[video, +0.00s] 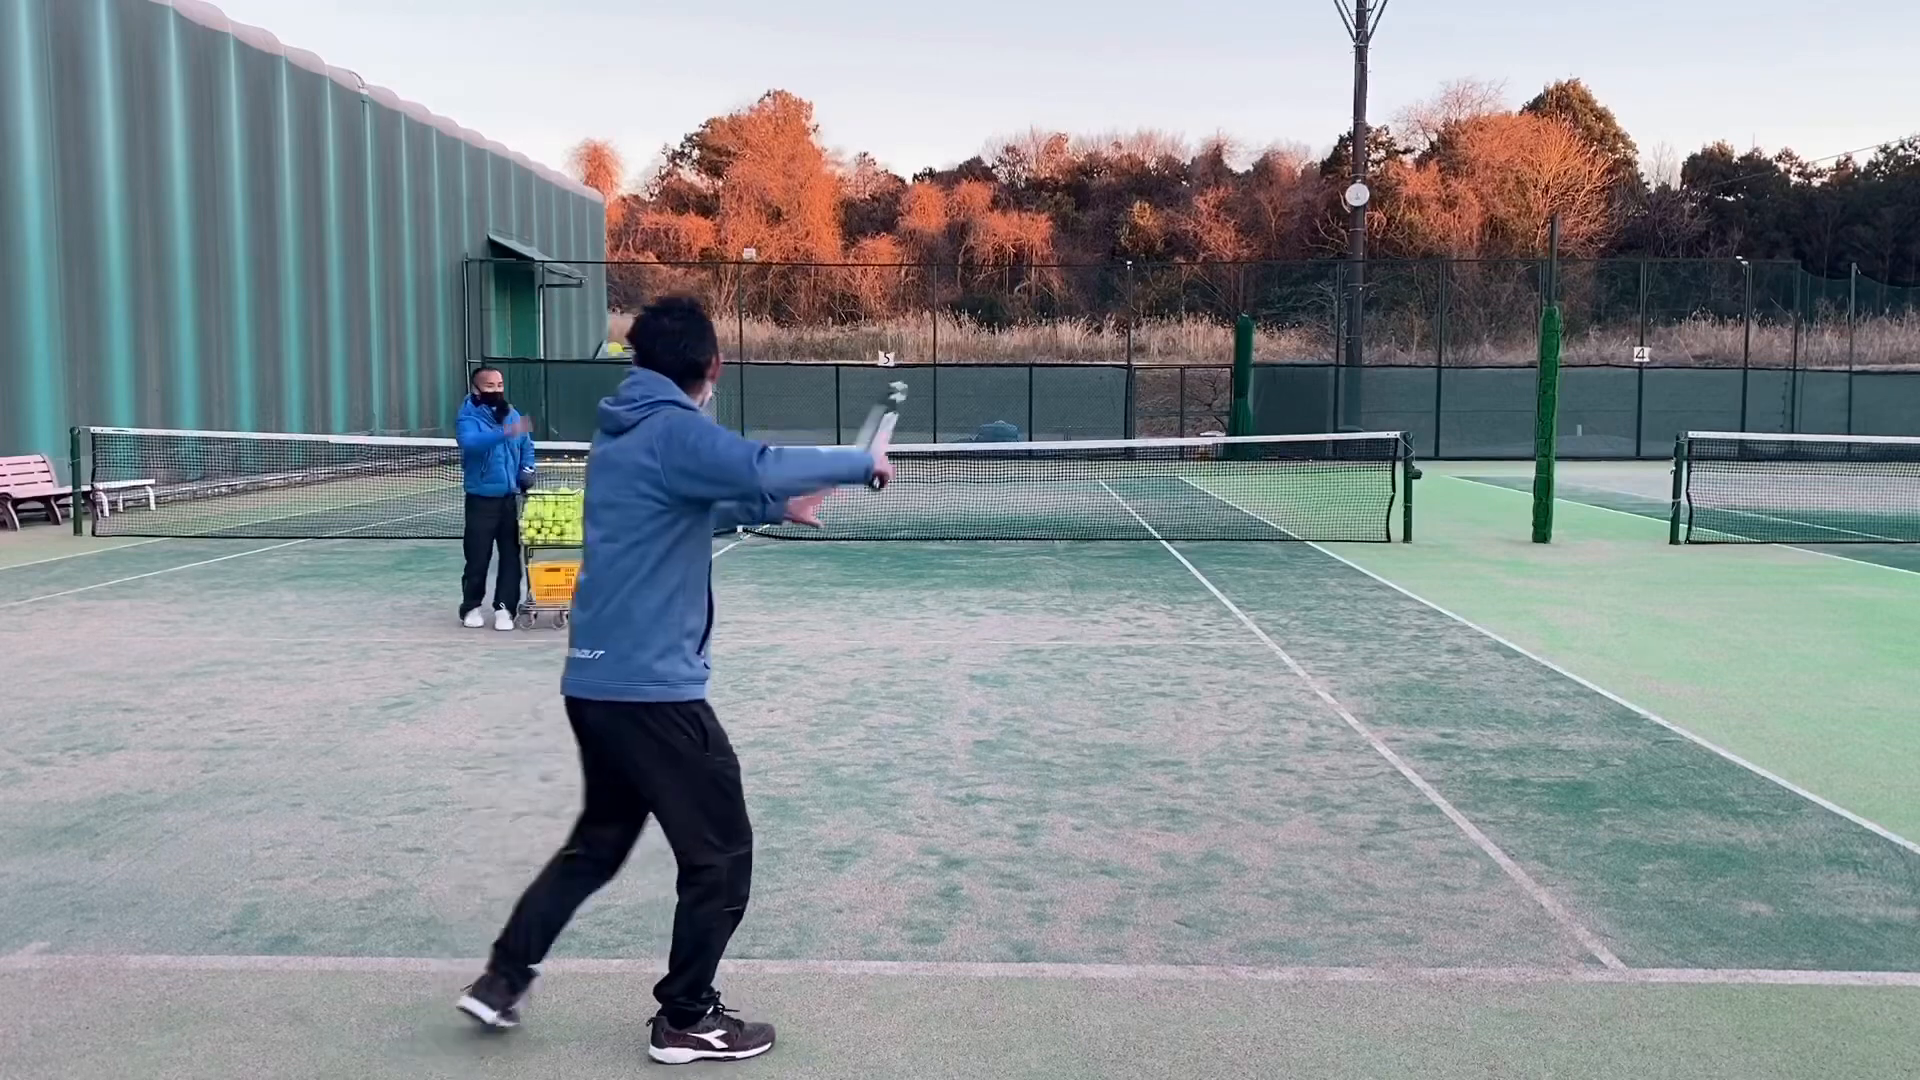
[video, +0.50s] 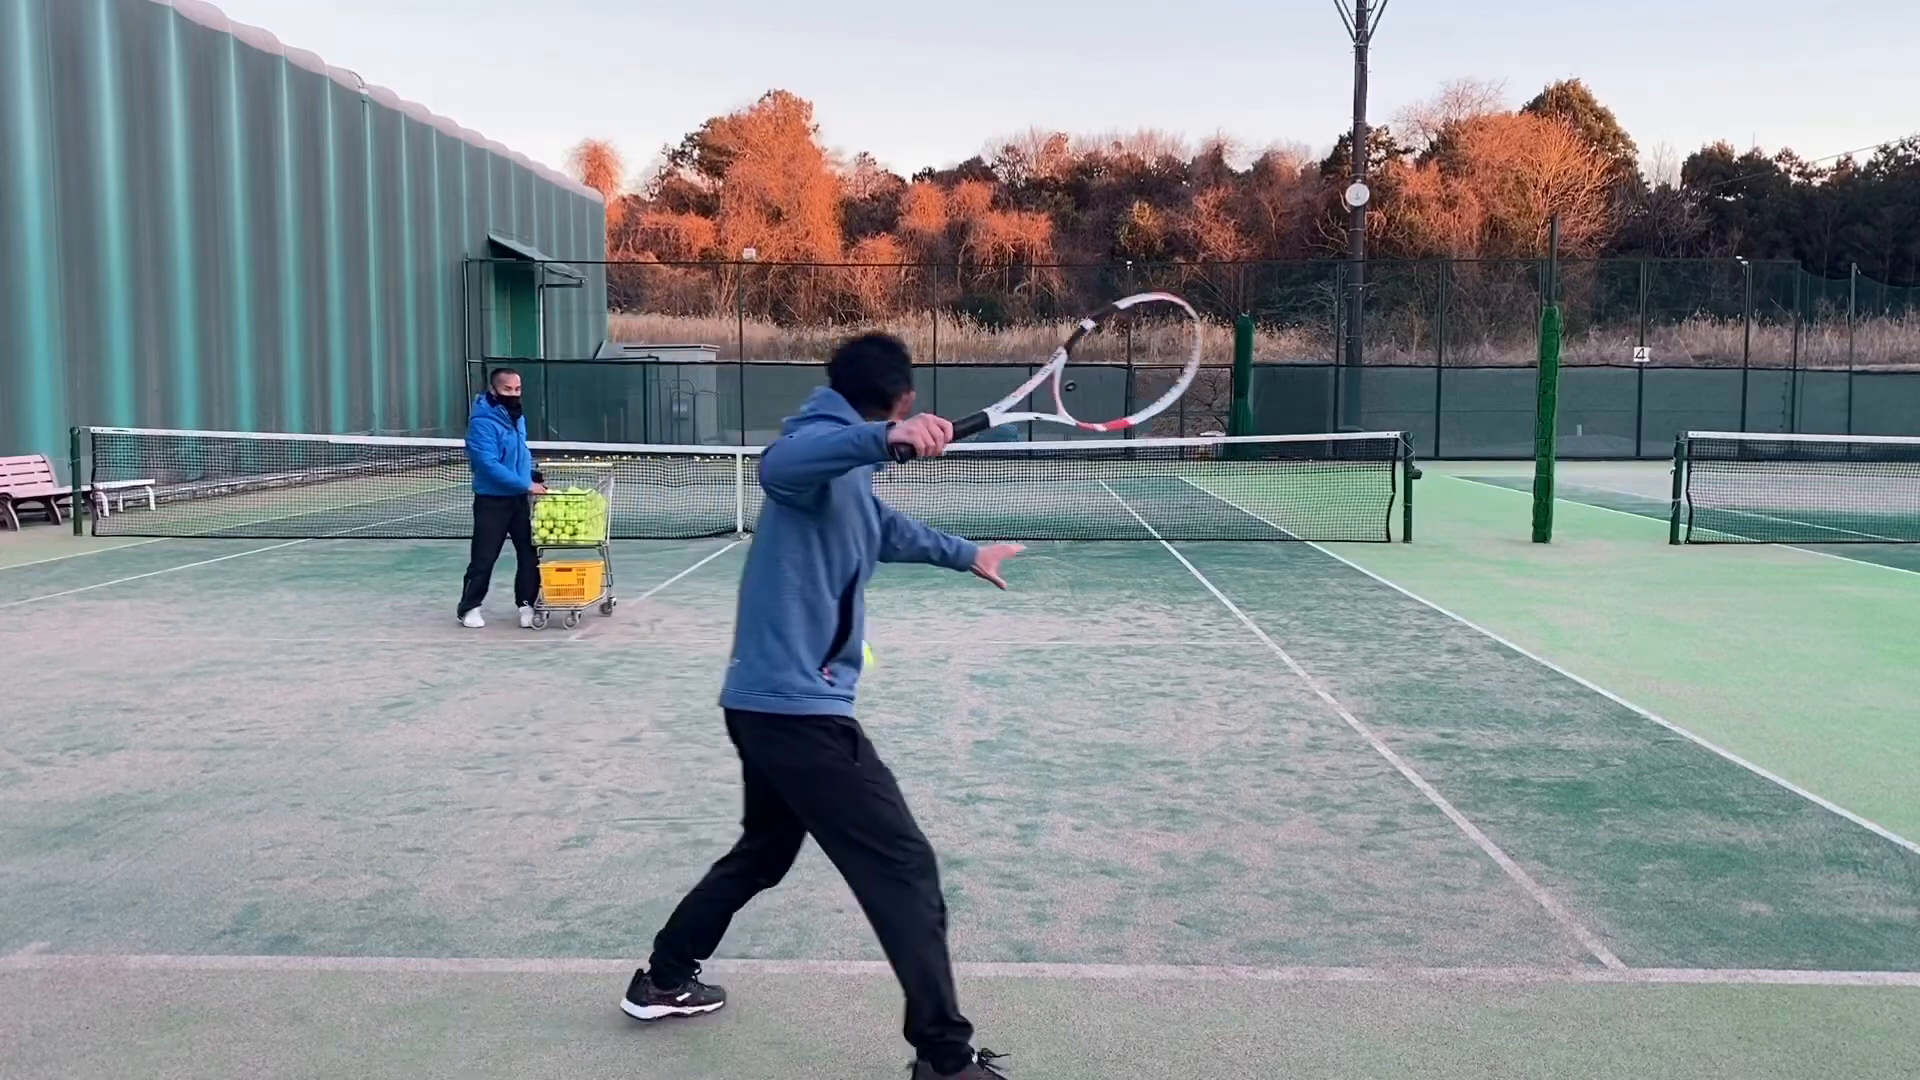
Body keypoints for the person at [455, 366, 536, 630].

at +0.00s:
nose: (497, 390)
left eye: (500, 385)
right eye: (490, 385)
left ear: (504, 386)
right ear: (476, 388)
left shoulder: (512, 415)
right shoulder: (468, 415)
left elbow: (528, 448)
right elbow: (468, 441)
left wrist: (527, 470)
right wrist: (505, 432)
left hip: (511, 496)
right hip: (481, 496)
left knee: (511, 557)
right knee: (478, 557)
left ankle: (504, 608)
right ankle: (471, 608)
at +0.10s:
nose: (497, 391)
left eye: (500, 386)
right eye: (491, 387)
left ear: (504, 387)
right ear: (477, 389)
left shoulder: (511, 415)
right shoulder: (468, 420)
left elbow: (522, 450)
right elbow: (473, 459)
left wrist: (528, 468)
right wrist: (517, 465)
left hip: (513, 497)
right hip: (483, 499)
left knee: (513, 556)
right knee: (480, 557)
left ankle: (506, 607)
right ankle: (471, 607)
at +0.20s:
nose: (500, 391)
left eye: (502, 386)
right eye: (493, 387)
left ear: (505, 386)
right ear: (478, 389)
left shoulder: (511, 414)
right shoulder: (470, 422)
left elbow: (515, 447)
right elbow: (475, 465)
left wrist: (528, 468)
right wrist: (515, 483)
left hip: (513, 495)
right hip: (484, 497)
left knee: (518, 553)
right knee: (480, 555)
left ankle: (510, 606)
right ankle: (471, 607)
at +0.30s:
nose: (504, 392)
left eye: (507, 387)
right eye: (498, 388)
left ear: (509, 388)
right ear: (484, 390)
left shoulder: (513, 415)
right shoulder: (473, 422)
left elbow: (516, 450)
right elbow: (477, 466)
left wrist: (527, 476)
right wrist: (517, 486)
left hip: (515, 496)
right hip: (487, 498)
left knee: (520, 554)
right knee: (482, 556)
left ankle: (516, 605)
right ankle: (471, 608)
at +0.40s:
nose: (510, 393)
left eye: (512, 388)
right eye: (503, 388)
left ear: (515, 389)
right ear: (490, 389)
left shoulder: (515, 416)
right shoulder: (477, 422)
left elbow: (518, 451)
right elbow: (482, 465)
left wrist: (529, 476)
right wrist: (521, 486)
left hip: (517, 497)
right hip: (489, 499)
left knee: (524, 554)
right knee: (483, 557)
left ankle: (518, 606)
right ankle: (470, 607)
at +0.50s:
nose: (515, 394)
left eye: (517, 389)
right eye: (509, 389)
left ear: (520, 390)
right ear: (495, 390)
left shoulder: (517, 416)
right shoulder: (482, 421)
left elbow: (521, 451)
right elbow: (488, 465)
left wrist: (533, 476)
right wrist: (526, 486)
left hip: (518, 497)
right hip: (491, 499)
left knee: (529, 553)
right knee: (484, 557)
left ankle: (526, 604)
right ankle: (470, 608)